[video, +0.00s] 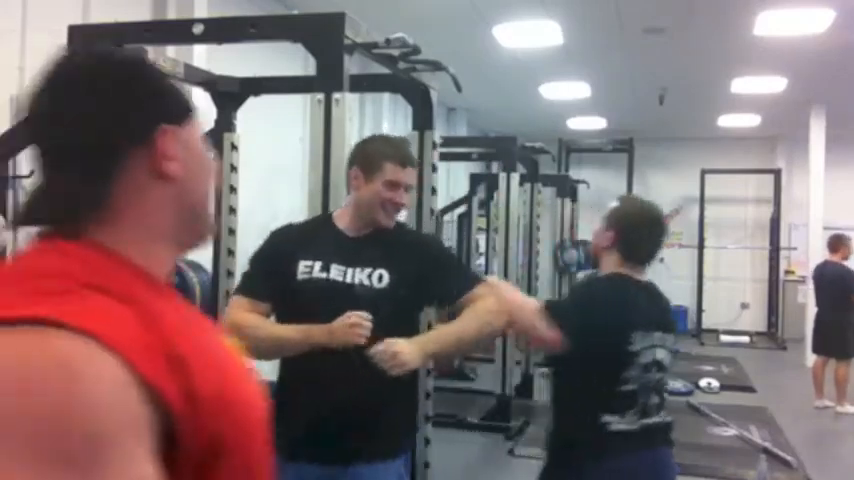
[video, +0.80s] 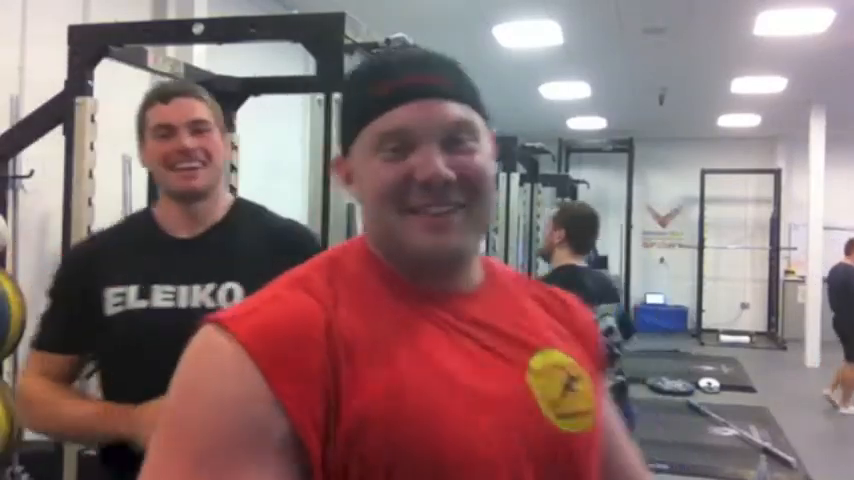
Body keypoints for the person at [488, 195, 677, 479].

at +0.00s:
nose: (594, 233)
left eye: (601, 227)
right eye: (600, 226)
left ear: (610, 238)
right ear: (649, 248)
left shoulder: (593, 295)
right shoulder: (659, 303)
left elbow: (549, 333)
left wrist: (504, 295)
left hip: (590, 455)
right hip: (654, 451)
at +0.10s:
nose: (615, 235)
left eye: (622, 231)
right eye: (621, 229)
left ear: (632, 248)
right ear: (667, 258)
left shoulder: (609, 300)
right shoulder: (669, 305)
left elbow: (574, 348)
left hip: (614, 455)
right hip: (673, 449)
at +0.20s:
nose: (619, 229)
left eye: (627, 226)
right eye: (626, 223)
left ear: (636, 244)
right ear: (666, 255)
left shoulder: (626, 294)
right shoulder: (670, 299)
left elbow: (603, 346)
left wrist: (527, 316)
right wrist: (553, 334)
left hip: (628, 452)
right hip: (680, 447)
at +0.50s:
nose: (588, 229)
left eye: (595, 224)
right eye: (594, 222)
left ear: (605, 241)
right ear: (632, 248)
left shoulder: (596, 293)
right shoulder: (637, 289)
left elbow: (564, 349)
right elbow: (615, 352)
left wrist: (516, 326)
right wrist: (560, 375)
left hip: (618, 439)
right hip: (667, 424)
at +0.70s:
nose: (559, 240)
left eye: (563, 233)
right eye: (562, 232)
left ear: (576, 240)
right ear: (605, 242)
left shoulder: (559, 298)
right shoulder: (618, 288)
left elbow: (543, 359)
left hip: (591, 416)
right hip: (634, 406)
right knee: (626, 472)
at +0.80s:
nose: (544, 235)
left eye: (548, 229)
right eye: (548, 228)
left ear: (560, 235)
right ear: (589, 240)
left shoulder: (544, 288)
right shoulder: (605, 284)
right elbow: (626, 330)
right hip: (609, 393)